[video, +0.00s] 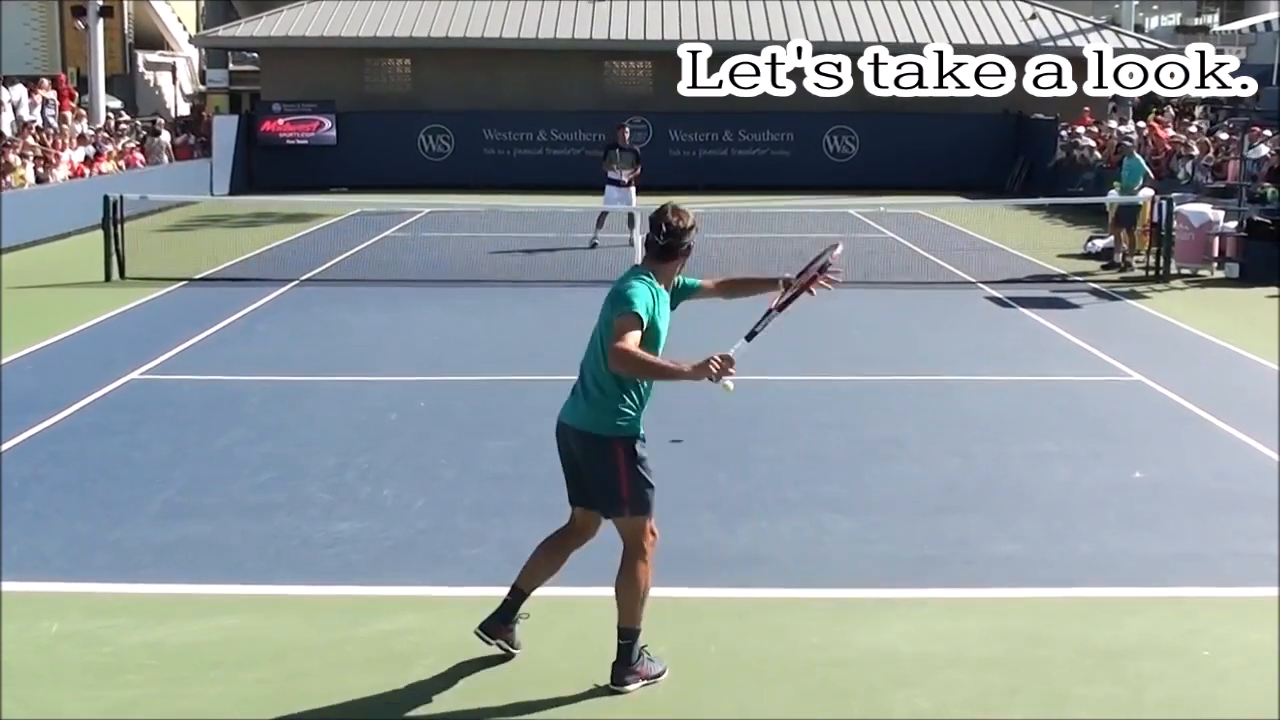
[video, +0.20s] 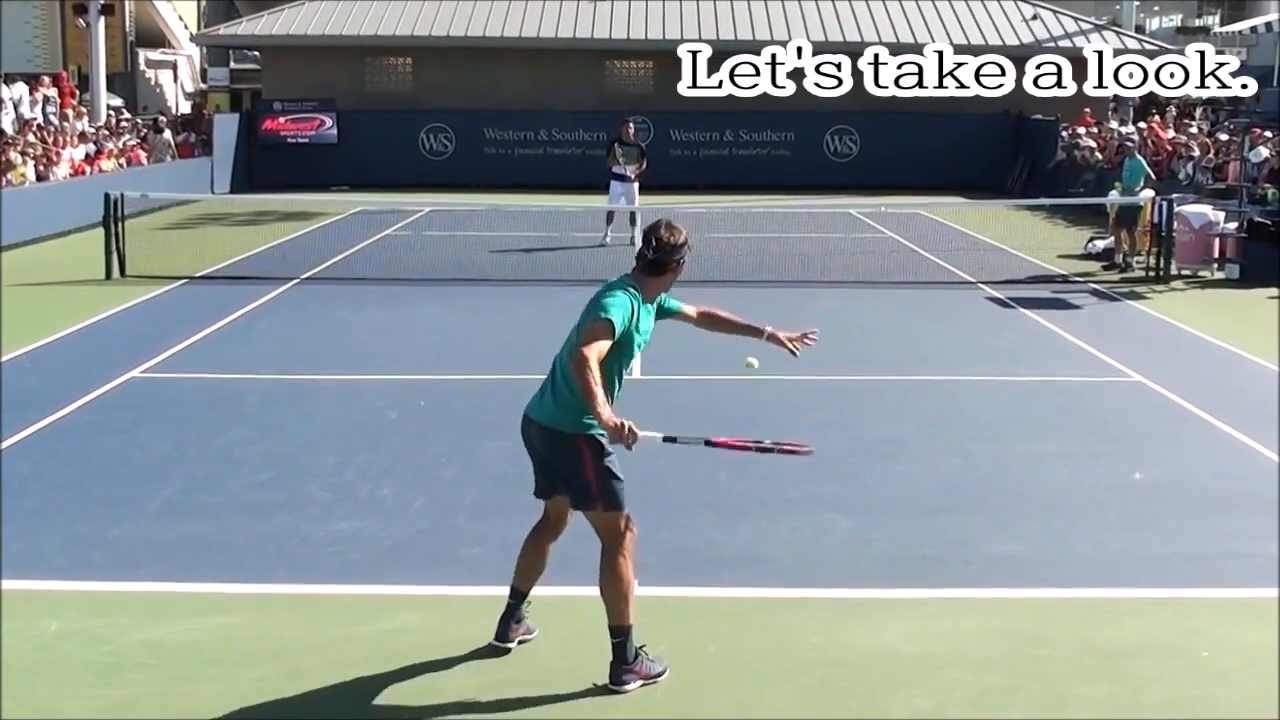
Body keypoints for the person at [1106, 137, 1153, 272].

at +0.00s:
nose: (1122, 148)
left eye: (1125, 146)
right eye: (1122, 146)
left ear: (1132, 147)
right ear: (1123, 147)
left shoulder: (1138, 160)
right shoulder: (1125, 160)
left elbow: (1150, 177)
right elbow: (1127, 178)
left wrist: (1137, 189)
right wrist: (1120, 186)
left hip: (1133, 200)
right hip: (1123, 198)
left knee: (1130, 230)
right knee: (1116, 228)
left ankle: (1130, 260)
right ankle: (1117, 259)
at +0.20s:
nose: (1125, 149)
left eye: (1128, 147)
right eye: (1125, 147)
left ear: (1134, 147)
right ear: (1124, 148)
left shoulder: (1140, 161)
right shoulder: (1126, 161)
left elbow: (1152, 178)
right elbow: (1126, 178)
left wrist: (1139, 189)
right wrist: (1121, 186)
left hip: (1135, 200)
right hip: (1124, 198)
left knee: (1131, 231)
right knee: (1116, 229)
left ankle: (1130, 260)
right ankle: (1117, 259)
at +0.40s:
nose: (1126, 151)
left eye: (1129, 148)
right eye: (1125, 148)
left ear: (1135, 149)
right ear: (1124, 149)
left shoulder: (1140, 163)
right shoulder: (1126, 162)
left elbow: (1152, 180)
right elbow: (1126, 179)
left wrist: (1139, 191)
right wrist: (1121, 188)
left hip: (1135, 202)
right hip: (1123, 200)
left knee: (1130, 232)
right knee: (1116, 230)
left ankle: (1129, 262)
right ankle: (1117, 261)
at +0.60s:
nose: (1126, 145)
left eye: (1128, 142)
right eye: (1125, 142)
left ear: (1135, 142)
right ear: (1124, 143)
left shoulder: (1140, 157)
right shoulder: (1126, 157)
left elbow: (1152, 173)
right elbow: (1126, 174)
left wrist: (1140, 185)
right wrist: (1121, 182)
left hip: (1135, 196)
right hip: (1124, 195)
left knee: (1131, 226)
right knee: (1116, 224)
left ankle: (1131, 257)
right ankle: (1117, 255)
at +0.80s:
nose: (1128, 140)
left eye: (1130, 137)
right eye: (1127, 137)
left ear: (1137, 138)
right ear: (1127, 139)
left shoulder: (1142, 152)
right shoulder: (1129, 152)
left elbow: (1154, 169)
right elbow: (1128, 169)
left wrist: (1141, 180)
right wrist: (1123, 177)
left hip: (1137, 192)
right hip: (1126, 191)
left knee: (1133, 222)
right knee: (1119, 220)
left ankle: (1133, 252)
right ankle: (1120, 250)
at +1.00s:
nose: (1131, 136)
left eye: (1133, 133)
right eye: (1130, 133)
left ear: (1140, 133)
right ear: (1129, 135)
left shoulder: (1144, 147)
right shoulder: (1133, 147)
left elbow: (1157, 164)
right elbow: (1133, 165)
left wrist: (1145, 176)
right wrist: (1127, 172)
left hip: (1140, 187)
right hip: (1130, 186)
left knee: (1137, 218)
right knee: (1122, 215)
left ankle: (1136, 248)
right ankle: (1124, 246)